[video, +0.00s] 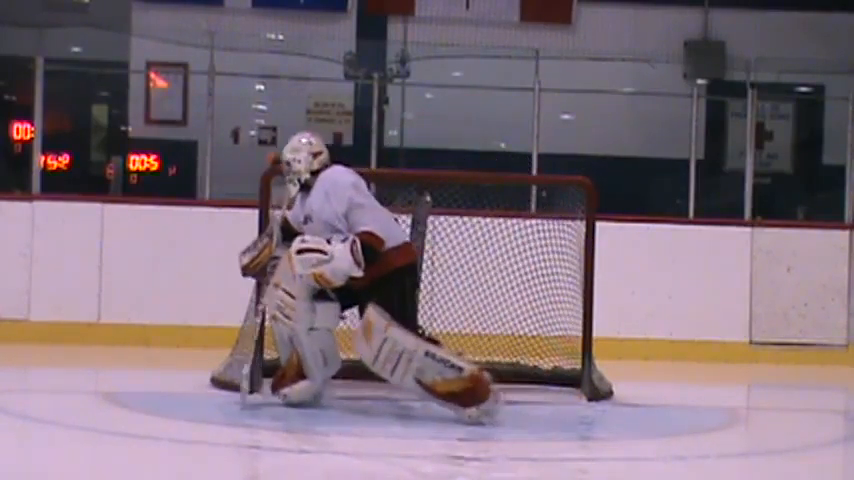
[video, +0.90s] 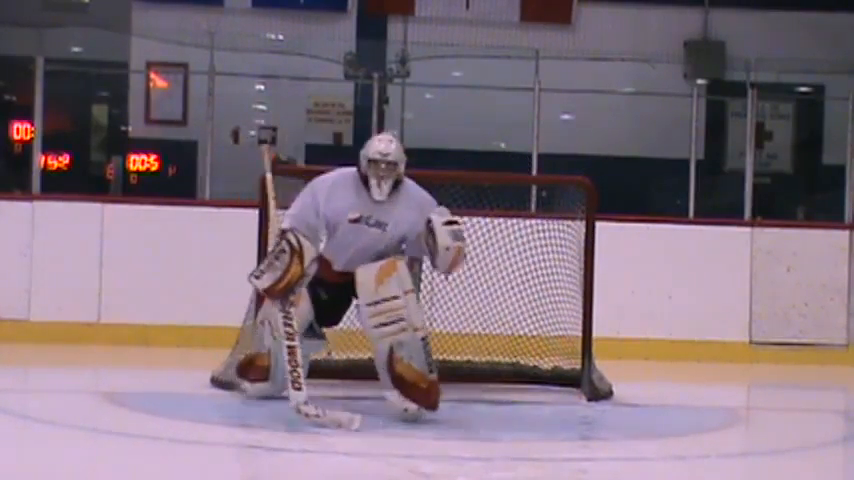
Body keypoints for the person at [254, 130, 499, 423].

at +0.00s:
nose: (291, 170)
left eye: (294, 163)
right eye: (288, 164)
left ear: (310, 159)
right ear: (311, 158)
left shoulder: (337, 180)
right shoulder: (305, 195)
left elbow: (375, 229)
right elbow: (289, 227)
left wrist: (344, 256)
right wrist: (264, 250)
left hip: (393, 262)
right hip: (359, 269)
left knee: (391, 340)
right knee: (303, 306)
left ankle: (468, 388)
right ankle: (307, 375)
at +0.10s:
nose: (277, 167)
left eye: (280, 161)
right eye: (275, 161)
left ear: (293, 157)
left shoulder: (322, 176)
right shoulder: (289, 190)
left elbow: (362, 230)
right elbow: (272, 226)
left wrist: (329, 251)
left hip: (375, 262)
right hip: (343, 266)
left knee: (360, 337)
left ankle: (433, 389)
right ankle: (288, 376)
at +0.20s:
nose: (270, 155)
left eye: (275, 147)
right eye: (267, 148)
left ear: (289, 147)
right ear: (263, 150)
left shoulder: (315, 171)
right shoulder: (275, 186)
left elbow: (353, 224)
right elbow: (259, 224)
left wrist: (323, 250)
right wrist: (238, 250)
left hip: (358, 256)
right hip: (322, 258)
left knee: (333, 329)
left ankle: (399, 387)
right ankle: (260, 369)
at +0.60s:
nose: (283, 147)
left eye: (290, 141)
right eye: (281, 140)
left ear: (309, 141)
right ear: (277, 139)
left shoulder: (334, 167)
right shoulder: (270, 169)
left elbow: (366, 204)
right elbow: (253, 216)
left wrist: (360, 237)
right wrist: (231, 249)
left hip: (336, 259)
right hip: (287, 260)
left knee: (330, 320)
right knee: (263, 314)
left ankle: (355, 387)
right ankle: (256, 378)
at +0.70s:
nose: (304, 161)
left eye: (312, 155)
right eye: (300, 154)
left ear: (330, 156)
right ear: (294, 152)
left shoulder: (353, 184)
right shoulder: (275, 180)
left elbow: (387, 225)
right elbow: (253, 228)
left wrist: (377, 243)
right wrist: (236, 260)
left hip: (344, 271)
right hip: (294, 270)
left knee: (345, 325)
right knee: (275, 324)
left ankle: (363, 388)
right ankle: (265, 376)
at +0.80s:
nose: (342, 171)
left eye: (351, 165)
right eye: (336, 164)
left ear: (363, 167)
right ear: (327, 162)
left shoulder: (378, 198)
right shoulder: (295, 188)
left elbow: (407, 223)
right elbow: (269, 231)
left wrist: (412, 246)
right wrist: (254, 267)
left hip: (362, 270)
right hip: (311, 270)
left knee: (368, 326)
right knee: (287, 322)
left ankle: (387, 391)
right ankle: (277, 382)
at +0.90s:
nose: (381, 174)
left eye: (389, 168)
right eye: (375, 166)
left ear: (401, 169)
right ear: (363, 164)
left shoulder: (418, 204)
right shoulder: (329, 188)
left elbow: (443, 261)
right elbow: (297, 233)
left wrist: (447, 242)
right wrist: (280, 269)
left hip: (386, 275)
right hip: (333, 270)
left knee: (400, 325)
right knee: (298, 321)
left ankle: (414, 389)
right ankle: (265, 375)